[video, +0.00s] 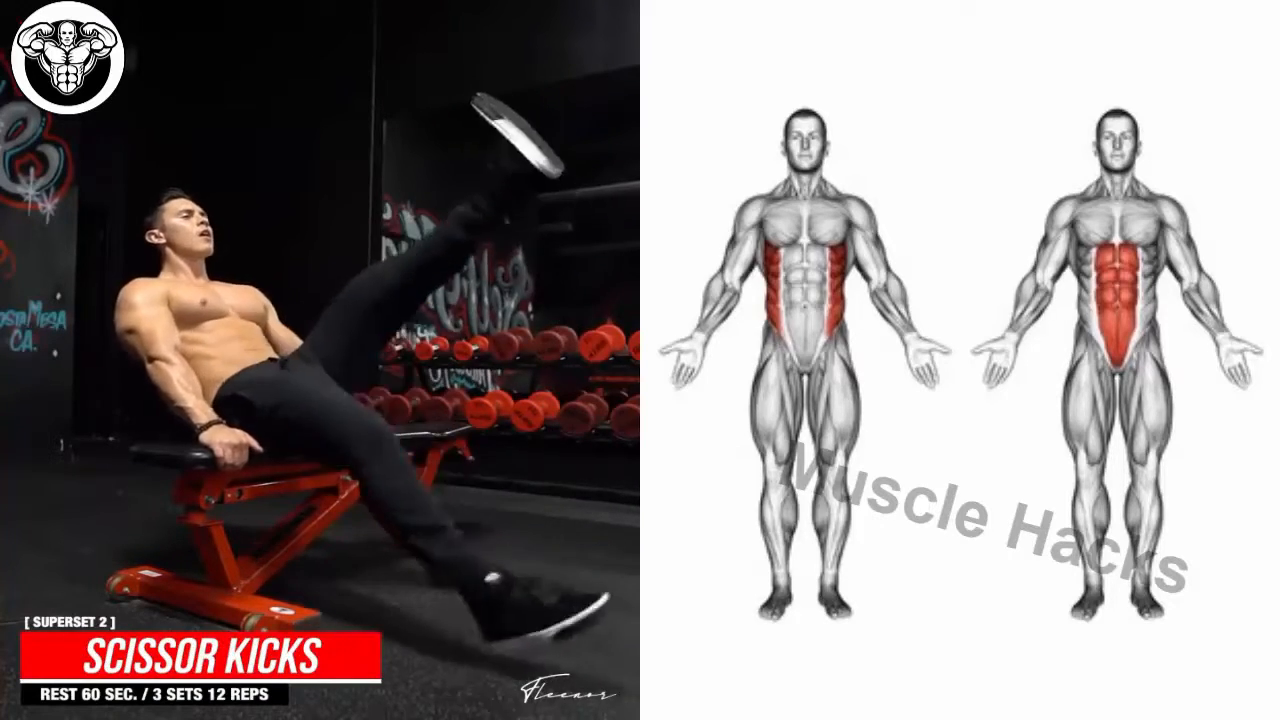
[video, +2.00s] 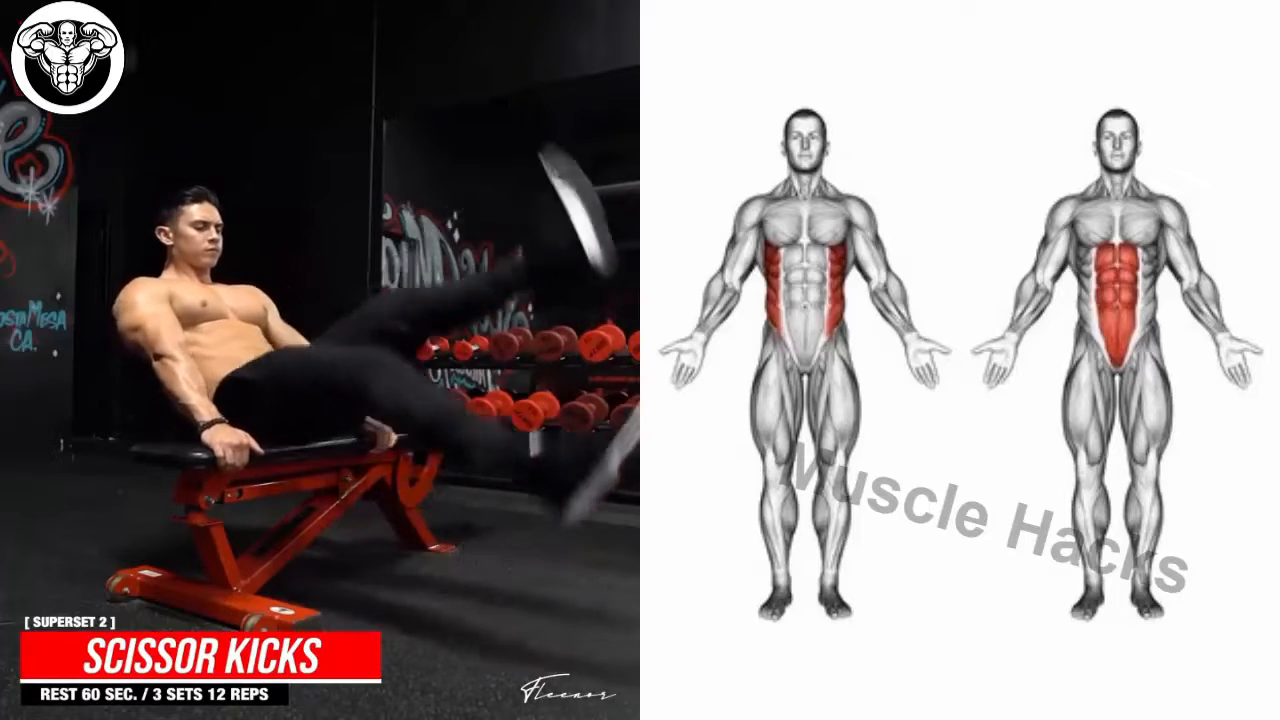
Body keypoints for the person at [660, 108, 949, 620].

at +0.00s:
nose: (805, 146)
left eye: (812, 138)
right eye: (797, 138)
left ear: (825, 145)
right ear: (785, 145)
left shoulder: (852, 211)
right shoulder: (758, 211)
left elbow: (881, 281)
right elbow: (729, 281)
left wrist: (910, 336)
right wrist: (700, 336)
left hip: (832, 356)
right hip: (777, 355)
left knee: (834, 467)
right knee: (777, 469)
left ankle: (830, 584)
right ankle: (780, 585)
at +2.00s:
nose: (804, 145)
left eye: (812, 138)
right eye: (797, 138)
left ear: (825, 145)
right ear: (785, 146)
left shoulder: (851, 211)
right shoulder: (758, 211)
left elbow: (881, 281)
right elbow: (729, 281)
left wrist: (909, 336)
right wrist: (700, 336)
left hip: (832, 355)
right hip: (778, 355)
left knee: (834, 467)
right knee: (776, 469)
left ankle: (829, 584)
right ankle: (780, 585)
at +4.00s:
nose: (805, 145)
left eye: (812, 138)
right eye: (797, 138)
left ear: (825, 145)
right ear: (785, 146)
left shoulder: (851, 211)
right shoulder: (758, 211)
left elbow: (881, 281)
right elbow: (729, 281)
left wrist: (909, 336)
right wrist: (700, 336)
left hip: (832, 355)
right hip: (777, 355)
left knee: (834, 467)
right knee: (777, 469)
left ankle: (829, 584)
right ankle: (780, 585)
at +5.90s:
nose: (805, 145)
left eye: (812, 138)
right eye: (797, 138)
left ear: (825, 145)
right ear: (785, 145)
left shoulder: (851, 211)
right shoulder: (758, 211)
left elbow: (881, 281)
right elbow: (729, 281)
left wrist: (909, 336)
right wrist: (700, 336)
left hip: (832, 355)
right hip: (777, 355)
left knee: (834, 467)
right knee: (777, 469)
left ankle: (830, 584)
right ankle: (780, 585)